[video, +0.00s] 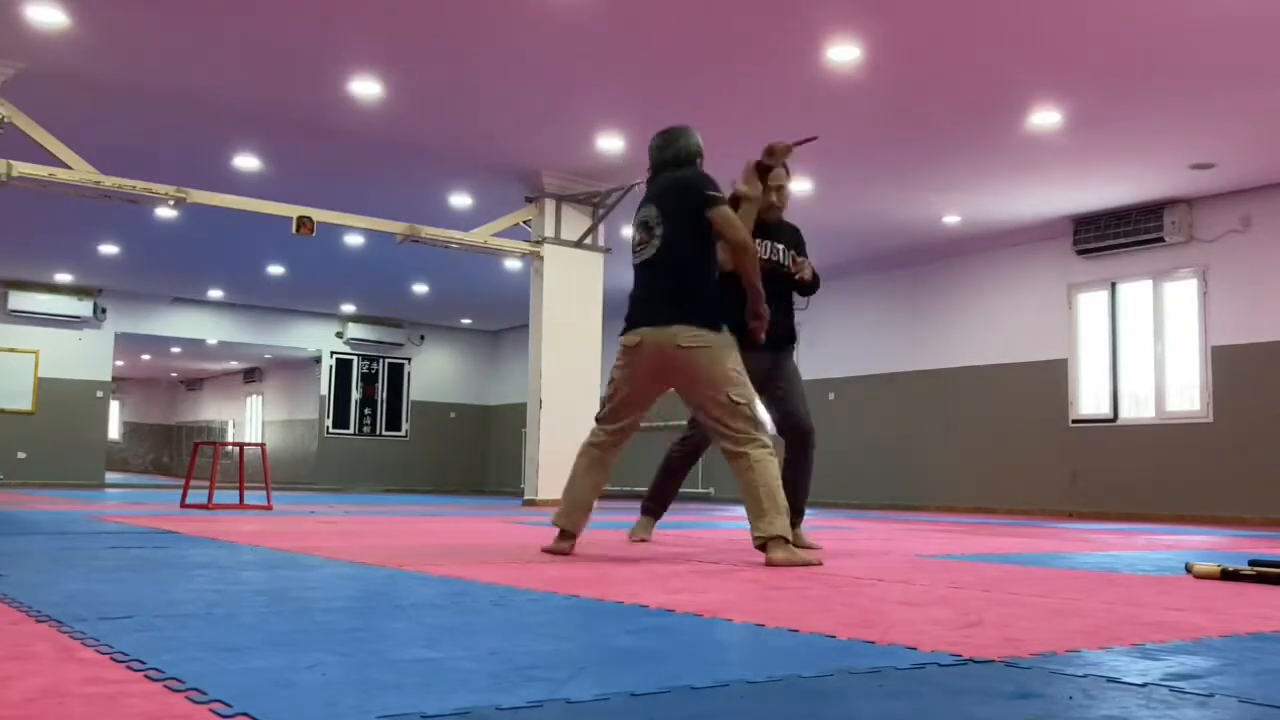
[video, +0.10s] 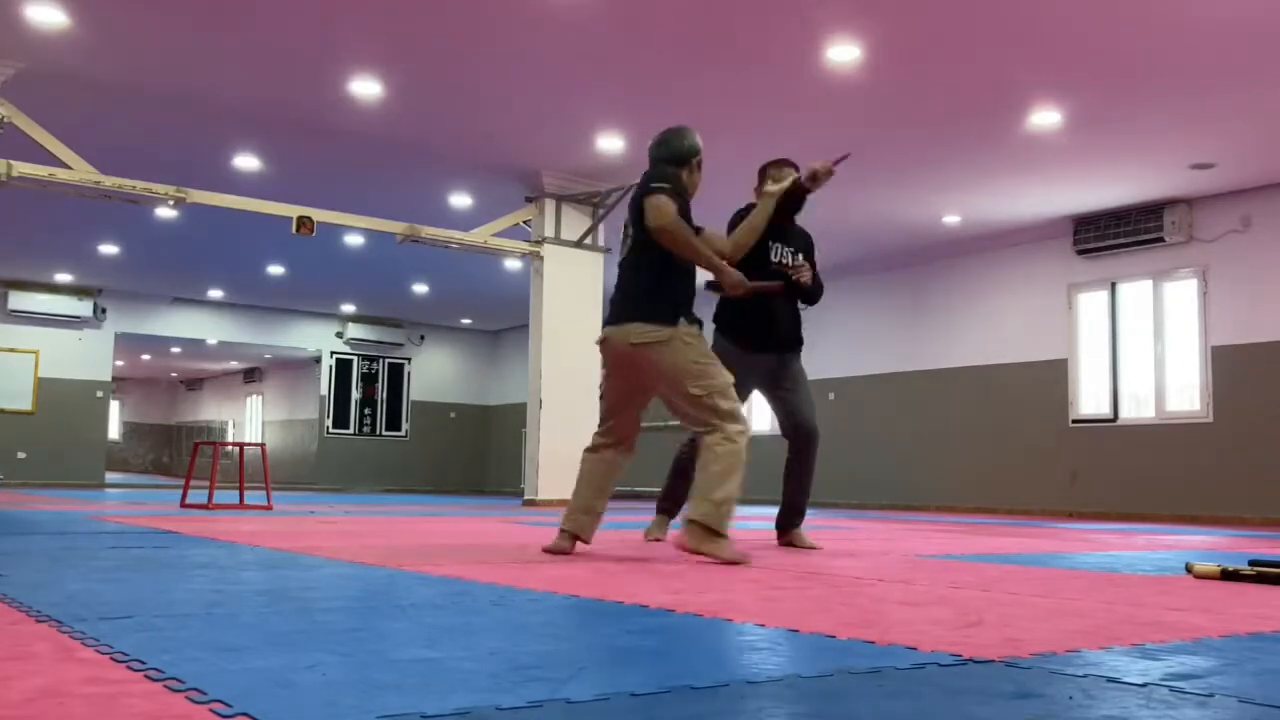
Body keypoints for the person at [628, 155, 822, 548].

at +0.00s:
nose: (780, 195)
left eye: (784, 187)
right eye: (773, 188)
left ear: (789, 191)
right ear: (755, 188)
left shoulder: (790, 235)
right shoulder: (727, 224)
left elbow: (807, 289)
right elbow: (726, 258)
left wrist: (806, 276)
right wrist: (751, 199)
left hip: (776, 355)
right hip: (732, 352)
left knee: (801, 431)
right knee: (696, 437)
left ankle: (790, 527)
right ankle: (647, 518)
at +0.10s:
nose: (701, 177)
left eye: (701, 169)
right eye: (700, 168)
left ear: (655, 163)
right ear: (690, 167)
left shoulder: (666, 217)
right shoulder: (662, 189)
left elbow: (730, 248)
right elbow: (661, 224)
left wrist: (769, 198)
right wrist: (719, 268)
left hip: (619, 337)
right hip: (665, 336)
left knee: (613, 435)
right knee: (727, 425)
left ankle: (571, 530)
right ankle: (704, 530)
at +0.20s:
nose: (703, 171)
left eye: (702, 163)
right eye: (702, 162)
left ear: (661, 155)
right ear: (693, 160)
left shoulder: (671, 213)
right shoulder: (659, 178)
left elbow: (726, 254)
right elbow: (622, 207)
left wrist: (792, 248)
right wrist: (678, 261)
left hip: (616, 330)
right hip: (651, 328)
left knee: (619, 431)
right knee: (702, 423)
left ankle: (560, 512)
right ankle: (671, 539)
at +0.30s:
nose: (768, 201)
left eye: (775, 193)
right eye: (760, 194)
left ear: (788, 196)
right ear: (748, 198)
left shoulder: (802, 237)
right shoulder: (730, 241)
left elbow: (818, 277)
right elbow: (729, 299)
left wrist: (770, 242)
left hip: (784, 353)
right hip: (732, 350)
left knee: (805, 432)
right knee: (701, 432)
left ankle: (791, 528)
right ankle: (678, 524)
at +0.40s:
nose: (744, 200)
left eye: (751, 193)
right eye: (736, 194)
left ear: (767, 196)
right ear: (726, 198)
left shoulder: (782, 229)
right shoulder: (712, 239)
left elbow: (792, 251)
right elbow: (690, 298)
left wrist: (737, 231)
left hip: (775, 354)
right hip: (722, 355)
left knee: (799, 430)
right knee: (693, 439)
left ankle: (792, 527)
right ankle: (671, 526)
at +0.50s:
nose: (712, 204)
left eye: (719, 196)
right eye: (704, 197)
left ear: (734, 196)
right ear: (694, 200)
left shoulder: (752, 224)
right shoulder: (686, 235)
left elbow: (769, 254)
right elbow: (668, 284)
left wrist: (729, 286)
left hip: (757, 352)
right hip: (706, 354)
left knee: (789, 430)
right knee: (682, 433)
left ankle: (811, 521)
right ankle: (670, 521)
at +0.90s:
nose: (699, 213)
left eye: (702, 207)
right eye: (692, 208)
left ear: (710, 210)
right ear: (682, 213)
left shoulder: (734, 244)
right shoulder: (669, 250)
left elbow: (756, 292)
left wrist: (741, 320)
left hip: (727, 345)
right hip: (677, 345)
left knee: (757, 426)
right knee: (663, 435)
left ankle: (771, 522)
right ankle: (669, 520)